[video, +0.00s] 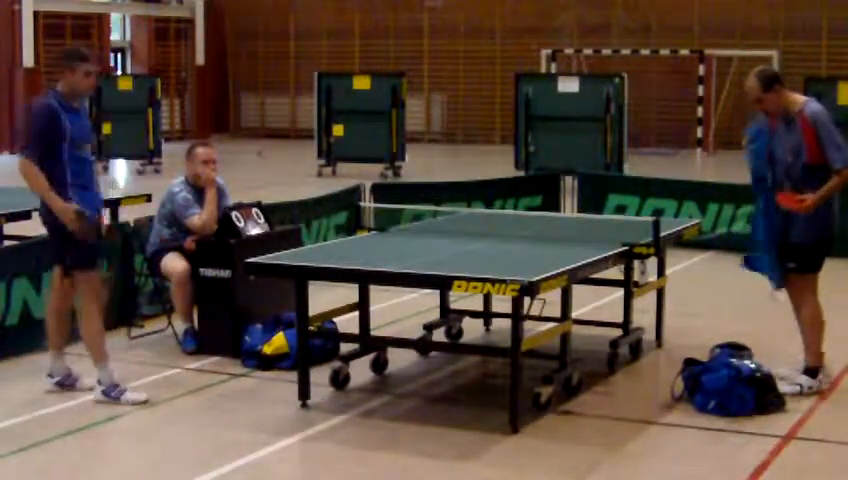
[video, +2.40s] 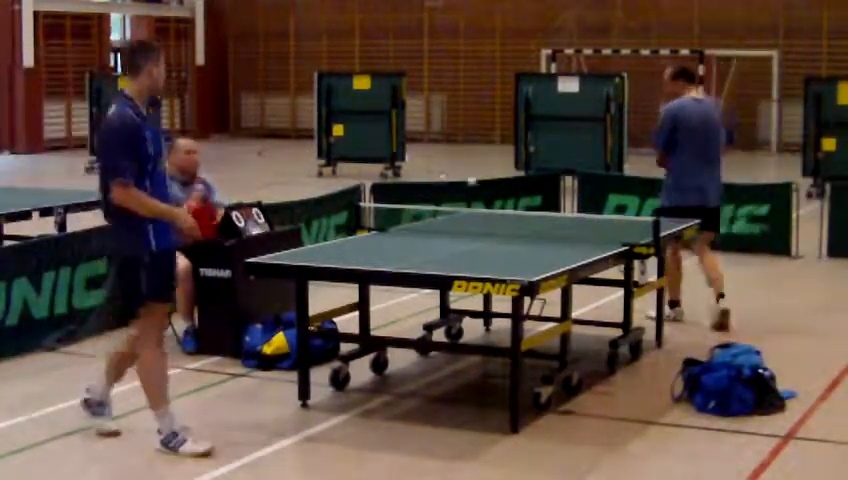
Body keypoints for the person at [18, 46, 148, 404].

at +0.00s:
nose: (92, 82)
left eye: (94, 76)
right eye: (87, 75)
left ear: (90, 79)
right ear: (66, 74)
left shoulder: (81, 112)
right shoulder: (45, 110)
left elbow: (86, 167)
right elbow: (28, 164)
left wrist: (99, 208)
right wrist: (59, 206)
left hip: (85, 209)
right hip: (65, 211)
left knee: (63, 286)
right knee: (91, 288)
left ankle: (57, 369)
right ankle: (106, 379)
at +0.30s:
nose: (73, 78)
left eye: (75, 72)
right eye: (66, 72)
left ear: (75, 75)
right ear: (45, 75)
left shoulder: (79, 110)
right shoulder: (25, 112)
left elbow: (92, 161)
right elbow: (6, 163)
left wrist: (106, 207)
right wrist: (30, 203)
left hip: (76, 212)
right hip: (47, 213)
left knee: (64, 285)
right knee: (55, 286)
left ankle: (60, 369)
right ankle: (52, 381)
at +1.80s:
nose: (102, 72)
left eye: (102, 65)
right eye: (96, 64)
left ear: (88, 68)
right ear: (73, 64)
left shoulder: (99, 112)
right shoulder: (36, 114)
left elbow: (110, 163)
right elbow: (22, 174)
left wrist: (121, 179)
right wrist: (64, 201)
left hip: (98, 228)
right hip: (58, 232)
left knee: (92, 308)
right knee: (59, 307)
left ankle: (80, 406)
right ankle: (36, 380)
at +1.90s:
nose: (109, 70)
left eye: (109, 64)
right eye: (103, 62)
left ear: (98, 66)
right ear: (80, 63)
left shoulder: (104, 109)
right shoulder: (49, 111)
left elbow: (118, 160)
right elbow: (48, 177)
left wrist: (121, 166)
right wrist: (110, 187)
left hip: (106, 227)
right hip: (70, 231)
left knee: (96, 312)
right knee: (79, 312)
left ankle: (81, 405)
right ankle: (55, 401)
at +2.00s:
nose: (114, 72)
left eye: (114, 64)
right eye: (109, 63)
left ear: (101, 66)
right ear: (87, 64)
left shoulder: (107, 108)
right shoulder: (61, 114)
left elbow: (130, 166)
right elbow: (71, 177)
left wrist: (123, 153)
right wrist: (134, 175)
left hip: (111, 228)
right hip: (82, 232)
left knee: (100, 317)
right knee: (95, 316)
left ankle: (84, 405)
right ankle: (84, 408)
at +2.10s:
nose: (126, 73)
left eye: (125, 66)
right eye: (121, 66)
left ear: (108, 68)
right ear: (100, 67)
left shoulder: (113, 110)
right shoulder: (75, 116)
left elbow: (129, 158)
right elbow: (89, 179)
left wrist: (156, 163)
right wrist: (149, 177)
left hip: (118, 232)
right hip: (95, 237)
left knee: (100, 318)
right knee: (114, 320)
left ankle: (82, 408)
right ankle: (122, 424)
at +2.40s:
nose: (165, 74)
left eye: (164, 67)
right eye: (161, 67)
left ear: (139, 68)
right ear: (147, 69)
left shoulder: (145, 114)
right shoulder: (121, 120)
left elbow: (151, 178)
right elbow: (120, 192)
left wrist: (180, 209)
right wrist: (174, 214)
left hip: (156, 238)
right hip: (139, 242)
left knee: (149, 330)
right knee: (151, 332)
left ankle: (98, 394)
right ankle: (168, 428)